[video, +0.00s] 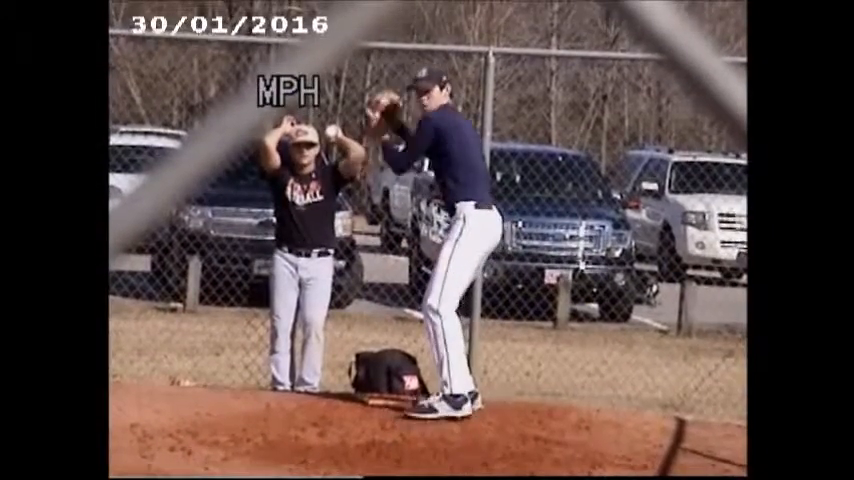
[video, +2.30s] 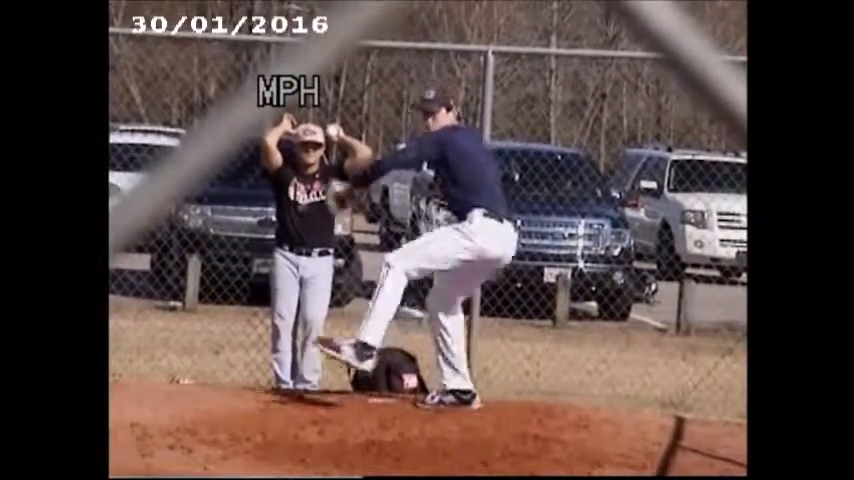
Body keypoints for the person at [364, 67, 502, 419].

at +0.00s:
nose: (422, 98)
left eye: (427, 92)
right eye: (419, 93)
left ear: (446, 90)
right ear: (424, 95)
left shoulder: (434, 121)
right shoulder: (456, 121)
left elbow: (400, 163)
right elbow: (415, 153)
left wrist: (381, 136)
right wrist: (395, 126)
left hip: (472, 219)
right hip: (482, 218)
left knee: (438, 305)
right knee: (440, 305)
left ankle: (456, 394)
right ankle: (462, 390)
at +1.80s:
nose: (427, 111)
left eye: (431, 103)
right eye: (424, 105)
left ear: (450, 96)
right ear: (447, 100)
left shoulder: (443, 128)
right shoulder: (467, 121)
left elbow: (403, 168)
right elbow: (434, 131)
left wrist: (391, 134)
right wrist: (408, 118)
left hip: (474, 219)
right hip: (490, 218)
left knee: (433, 298)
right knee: (443, 302)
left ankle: (451, 386)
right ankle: (463, 386)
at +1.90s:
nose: (428, 107)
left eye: (429, 101)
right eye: (425, 102)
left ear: (446, 91)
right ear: (450, 91)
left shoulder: (441, 124)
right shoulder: (474, 112)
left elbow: (399, 159)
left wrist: (397, 120)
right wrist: (417, 96)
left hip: (474, 214)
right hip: (497, 216)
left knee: (412, 274)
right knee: (449, 293)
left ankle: (444, 355)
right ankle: (461, 383)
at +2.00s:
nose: (424, 108)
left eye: (426, 102)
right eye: (421, 104)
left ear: (445, 92)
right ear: (448, 93)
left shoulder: (439, 124)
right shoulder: (474, 112)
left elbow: (394, 156)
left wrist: (411, 122)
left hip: (476, 213)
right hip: (500, 216)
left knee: (401, 251)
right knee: (461, 302)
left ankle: (439, 325)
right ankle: (462, 387)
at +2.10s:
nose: (419, 103)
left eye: (423, 96)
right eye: (417, 98)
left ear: (442, 91)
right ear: (445, 93)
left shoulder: (436, 121)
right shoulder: (472, 116)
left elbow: (393, 160)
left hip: (475, 211)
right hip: (503, 214)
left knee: (396, 234)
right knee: (461, 302)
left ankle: (422, 314)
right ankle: (462, 385)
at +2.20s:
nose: (423, 111)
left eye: (428, 104)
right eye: (420, 105)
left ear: (446, 101)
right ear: (448, 104)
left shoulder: (439, 129)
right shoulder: (470, 126)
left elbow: (396, 171)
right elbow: (454, 183)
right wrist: (429, 185)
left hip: (478, 220)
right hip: (505, 226)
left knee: (397, 241)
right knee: (458, 302)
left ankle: (395, 329)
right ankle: (460, 388)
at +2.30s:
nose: (426, 120)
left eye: (432, 114)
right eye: (425, 114)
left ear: (451, 113)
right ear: (454, 116)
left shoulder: (444, 139)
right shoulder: (475, 141)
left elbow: (391, 162)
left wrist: (356, 182)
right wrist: (443, 190)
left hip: (479, 230)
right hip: (505, 238)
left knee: (397, 264)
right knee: (443, 301)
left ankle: (364, 349)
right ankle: (458, 387)